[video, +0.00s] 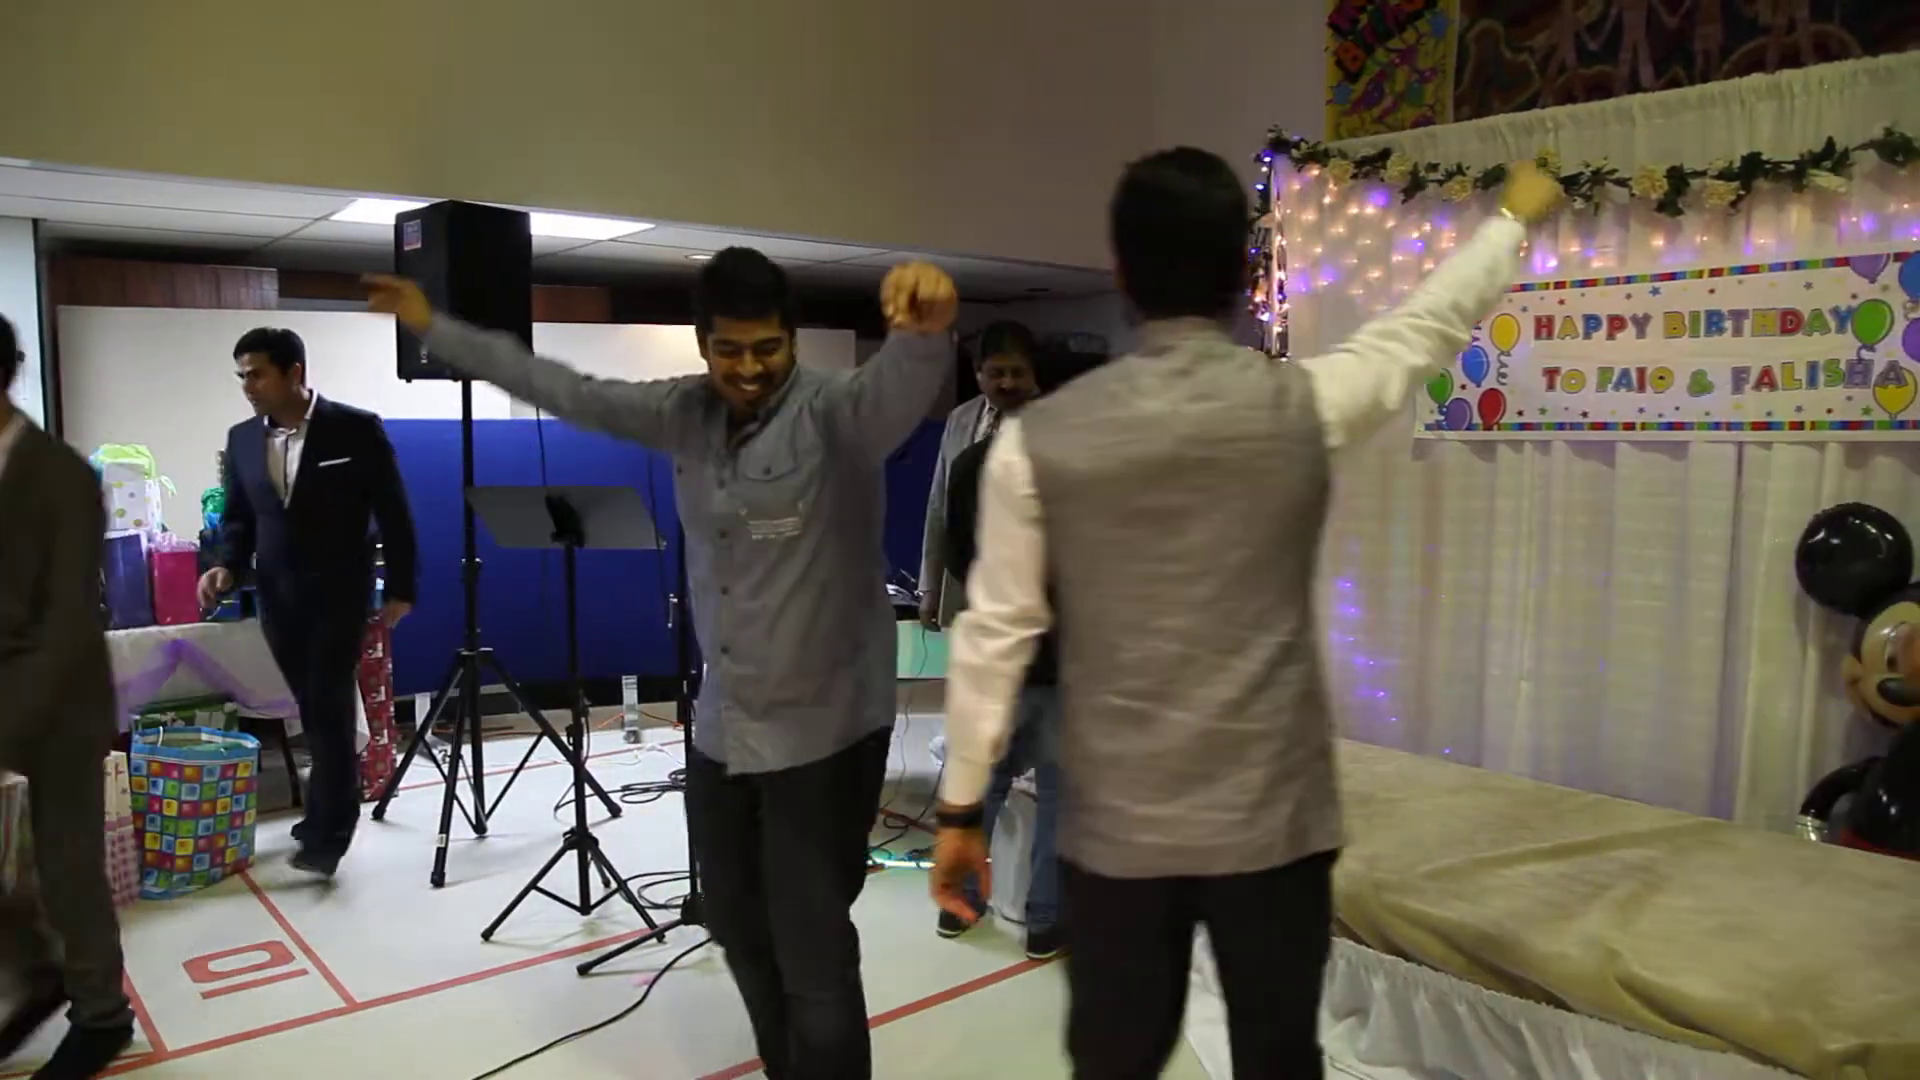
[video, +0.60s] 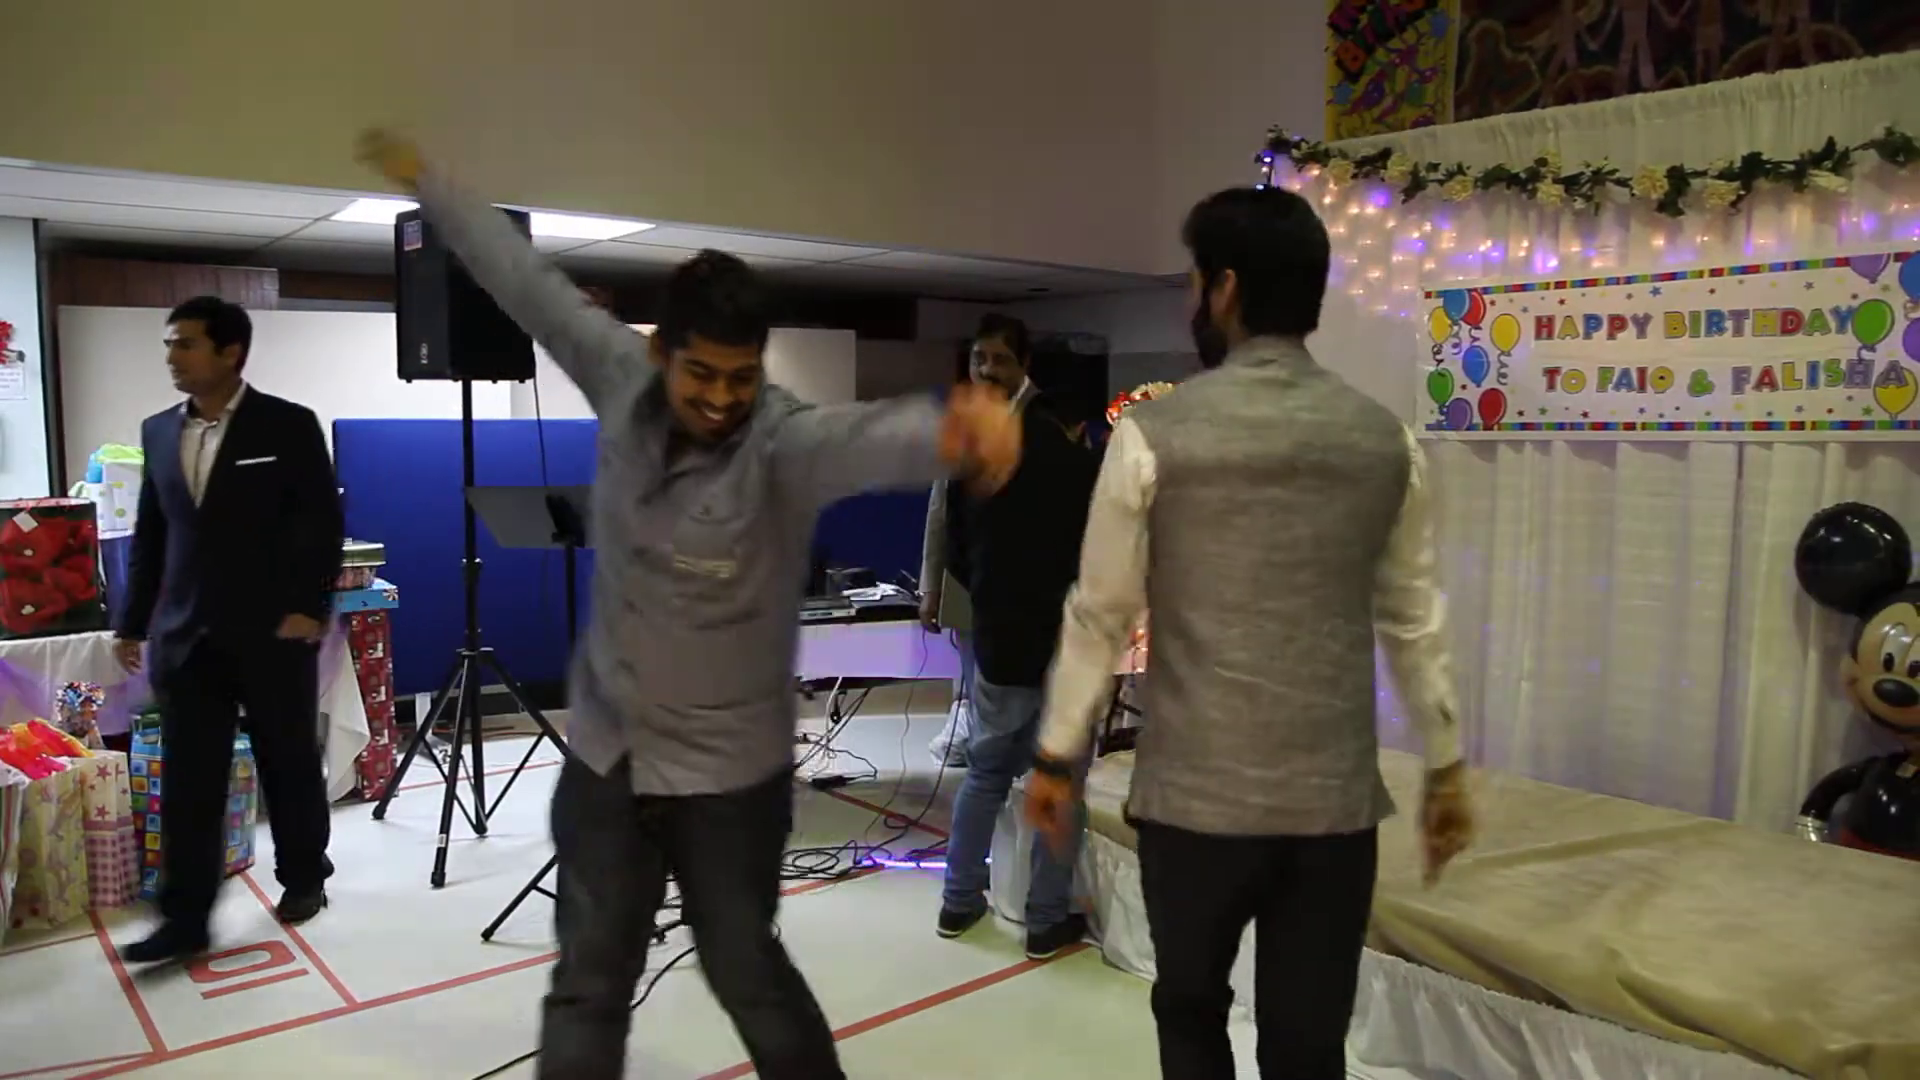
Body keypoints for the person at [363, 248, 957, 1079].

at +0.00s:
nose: (749, 368)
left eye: (767, 348)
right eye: (729, 350)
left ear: (793, 336)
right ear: (701, 343)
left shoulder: (841, 410)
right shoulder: (684, 416)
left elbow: (902, 384)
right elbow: (565, 389)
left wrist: (926, 322)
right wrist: (432, 323)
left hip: (827, 726)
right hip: (723, 724)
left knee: (810, 932)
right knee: (738, 924)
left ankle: (835, 1073)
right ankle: (790, 1070)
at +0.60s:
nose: (720, 396)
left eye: (741, 379)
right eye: (701, 375)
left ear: (764, 365)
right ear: (663, 353)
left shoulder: (789, 442)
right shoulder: (622, 386)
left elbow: (875, 437)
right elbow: (526, 283)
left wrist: (954, 431)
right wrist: (426, 180)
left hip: (732, 768)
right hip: (607, 758)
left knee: (741, 965)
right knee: (587, 986)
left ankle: (813, 1073)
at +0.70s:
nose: (698, 404)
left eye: (717, 385)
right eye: (678, 382)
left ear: (738, 373)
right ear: (635, 357)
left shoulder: (755, 460)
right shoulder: (587, 388)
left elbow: (835, 515)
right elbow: (469, 298)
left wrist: (911, 549)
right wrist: (338, 186)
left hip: (696, 785)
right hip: (568, 775)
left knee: (704, 991)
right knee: (553, 1015)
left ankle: (789, 1076)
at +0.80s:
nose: (681, 412)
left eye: (701, 393)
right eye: (661, 387)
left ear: (718, 385)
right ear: (612, 364)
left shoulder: (733, 483)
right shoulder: (545, 408)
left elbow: (798, 594)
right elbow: (396, 336)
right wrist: (241, 229)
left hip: (666, 780)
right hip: (527, 776)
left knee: (674, 1006)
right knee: (528, 1037)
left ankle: (748, 1074)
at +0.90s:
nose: (669, 410)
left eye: (689, 389)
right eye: (651, 384)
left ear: (706, 380)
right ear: (600, 361)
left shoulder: (719, 487)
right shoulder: (516, 417)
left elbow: (773, 661)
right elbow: (348, 411)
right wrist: (205, 313)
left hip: (654, 772)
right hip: (514, 773)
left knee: (667, 1003)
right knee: (522, 1032)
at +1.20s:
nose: (626, 414)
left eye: (638, 393)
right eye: (605, 393)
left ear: (649, 386)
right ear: (537, 381)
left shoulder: (683, 493)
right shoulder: (450, 457)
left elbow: (780, 609)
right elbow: (271, 435)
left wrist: (837, 690)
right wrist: (197, 283)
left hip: (646, 813)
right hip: (492, 825)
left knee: (702, 1045)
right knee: (509, 1063)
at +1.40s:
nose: (596, 351)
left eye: (603, 329)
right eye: (572, 330)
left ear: (607, 332)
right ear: (496, 334)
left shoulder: (644, 420)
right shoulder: (415, 415)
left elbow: (786, 499)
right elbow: (227, 357)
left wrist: (934, 583)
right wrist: (69, 231)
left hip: (642, 778)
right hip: (492, 797)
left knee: (696, 998)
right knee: (533, 1053)